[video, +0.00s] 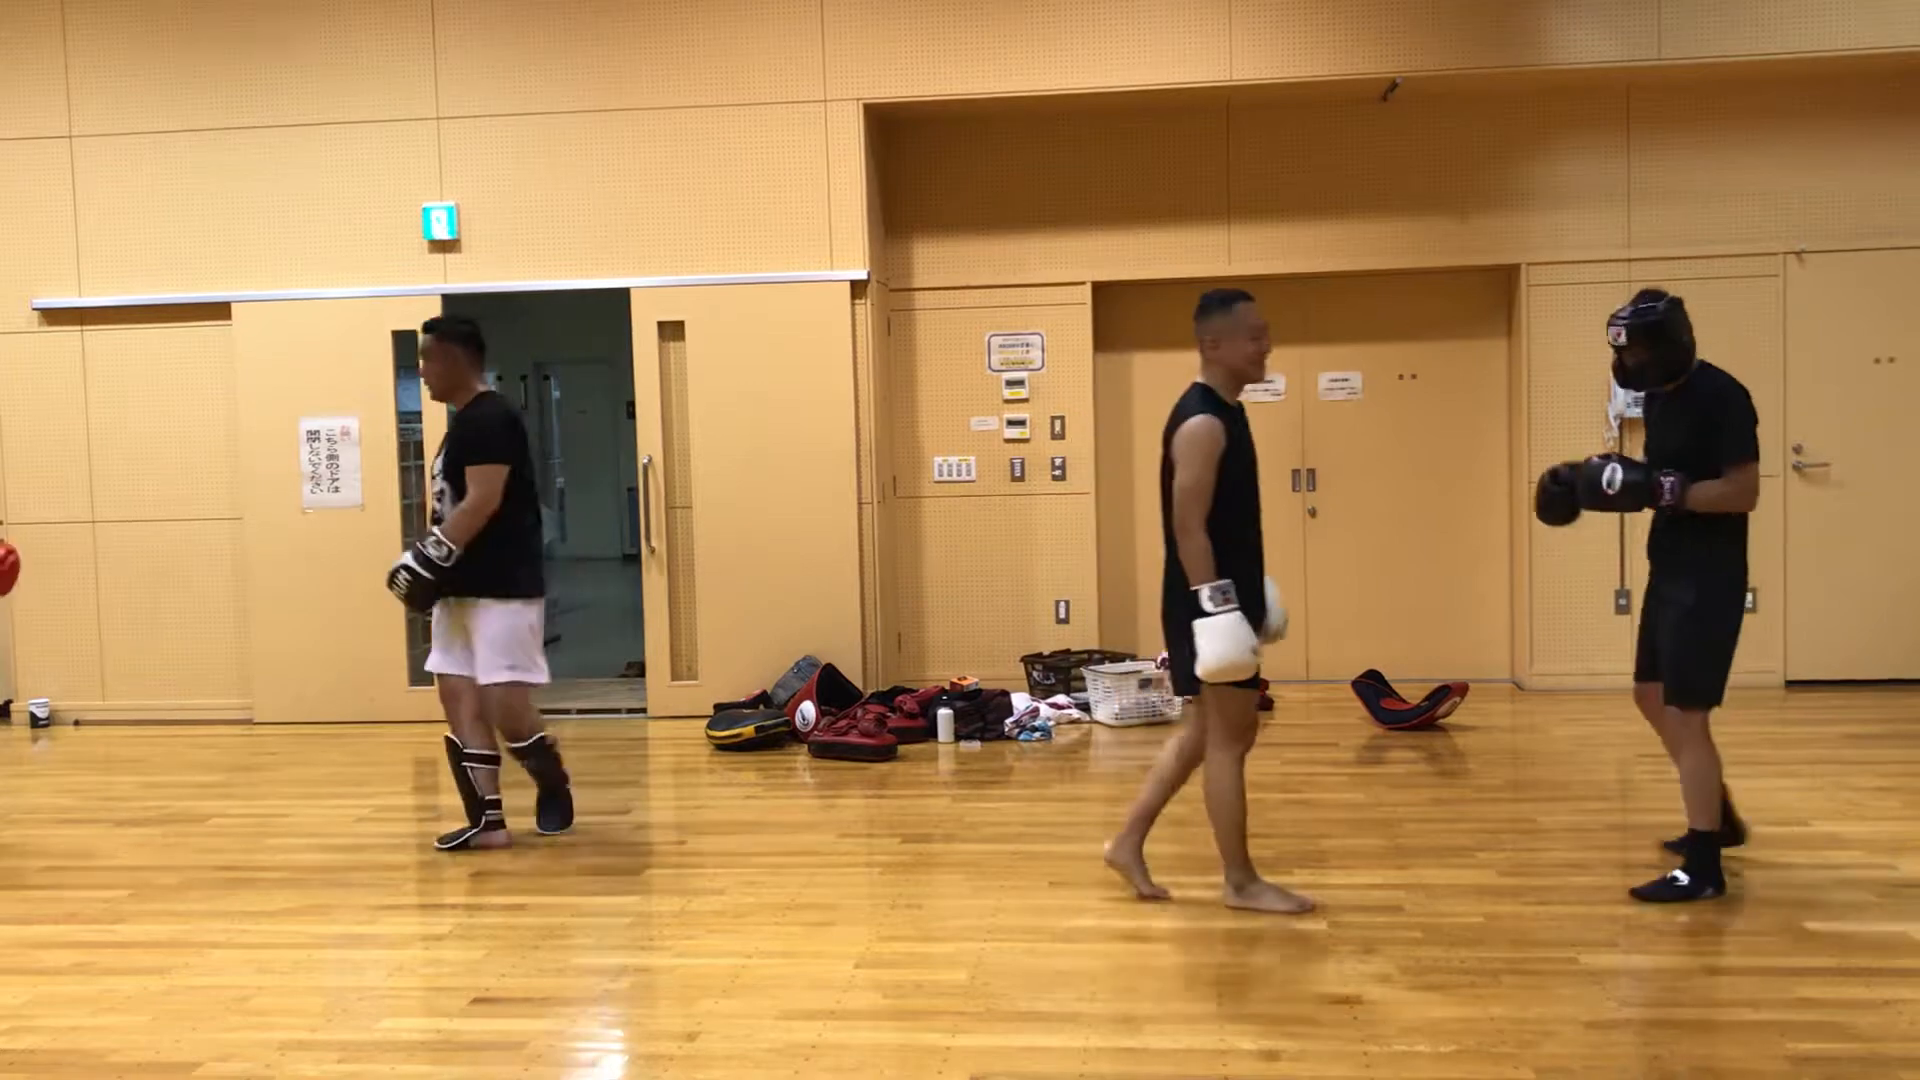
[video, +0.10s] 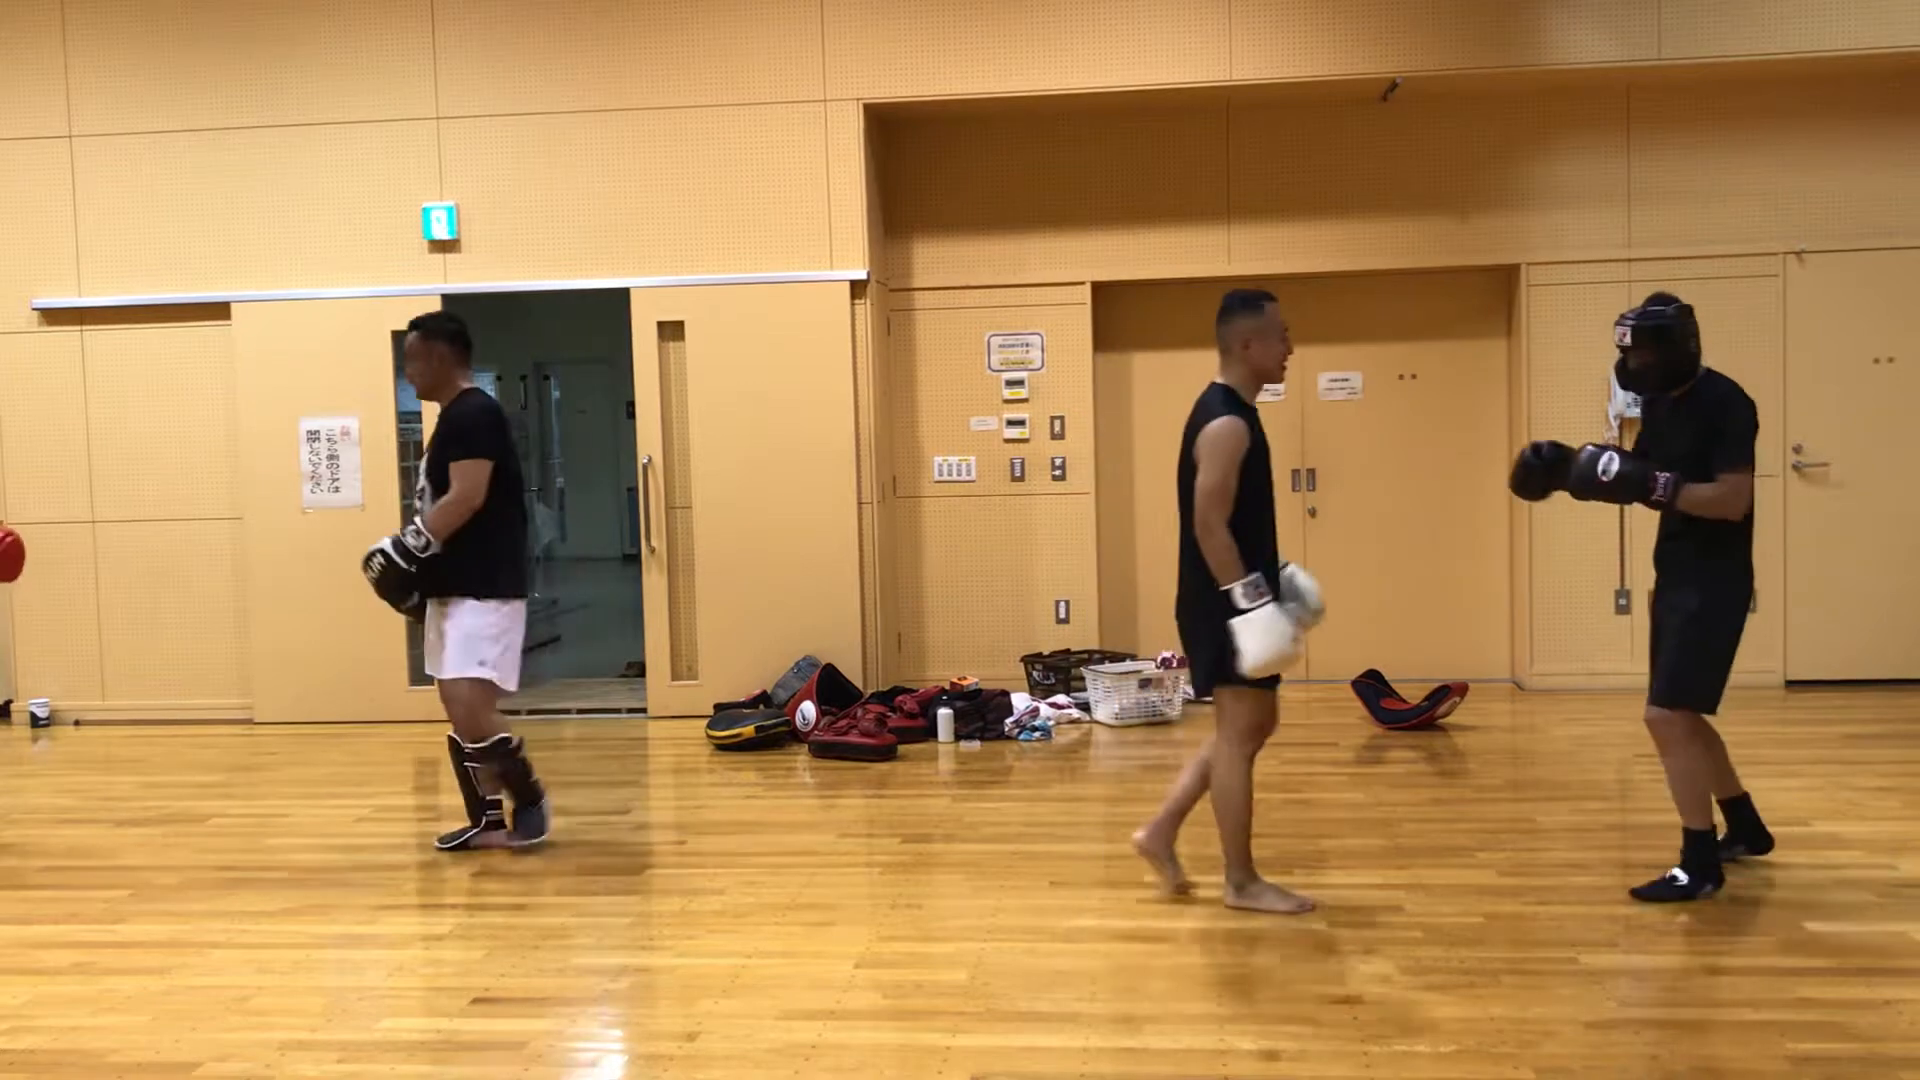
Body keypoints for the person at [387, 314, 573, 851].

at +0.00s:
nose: (422, 370)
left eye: (429, 359)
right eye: (422, 360)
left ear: (463, 360)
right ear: (454, 362)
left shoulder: (490, 418)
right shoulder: (462, 422)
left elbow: (483, 499)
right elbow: (454, 504)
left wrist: (430, 559)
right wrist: (423, 556)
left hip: (504, 585)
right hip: (459, 585)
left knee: (505, 703)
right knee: (458, 695)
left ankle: (551, 780)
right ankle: (486, 819)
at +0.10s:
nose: (407, 371)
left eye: (412, 359)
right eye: (406, 360)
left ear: (443, 356)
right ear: (441, 357)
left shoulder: (473, 412)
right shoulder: (454, 415)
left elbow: (468, 494)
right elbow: (447, 498)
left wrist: (407, 547)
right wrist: (408, 555)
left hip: (485, 584)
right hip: (455, 584)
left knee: (468, 698)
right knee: (455, 698)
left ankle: (528, 800)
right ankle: (487, 819)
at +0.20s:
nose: (396, 373)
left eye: (401, 361)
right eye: (395, 362)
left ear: (430, 358)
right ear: (433, 358)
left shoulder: (460, 413)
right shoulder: (448, 414)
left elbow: (455, 493)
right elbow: (448, 501)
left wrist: (389, 536)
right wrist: (402, 556)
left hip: (474, 586)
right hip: (464, 585)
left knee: (447, 698)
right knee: (471, 704)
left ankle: (492, 828)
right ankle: (490, 820)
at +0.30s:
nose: (375, 401)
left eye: (375, 388)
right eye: (370, 391)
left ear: (402, 369)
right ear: (397, 372)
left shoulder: (440, 414)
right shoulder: (425, 417)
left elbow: (432, 496)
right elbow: (423, 500)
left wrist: (367, 523)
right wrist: (372, 531)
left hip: (447, 593)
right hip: (451, 591)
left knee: (431, 710)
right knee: (472, 705)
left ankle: (421, 852)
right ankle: (490, 822)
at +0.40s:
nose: (356, 412)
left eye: (354, 398)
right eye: (351, 401)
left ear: (376, 379)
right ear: (383, 376)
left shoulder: (418, 423)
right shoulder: (430, 418)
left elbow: (400, 508)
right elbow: (406, 507)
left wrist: (335, 521)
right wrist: (346, 512)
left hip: (424, 603)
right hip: (448, 598)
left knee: (402, 719)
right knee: (463, 708)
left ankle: (398, 861)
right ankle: (489, 822)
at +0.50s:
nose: (330, 380)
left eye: (331, 367)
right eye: (327, 369)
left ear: (355, 360)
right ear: (381, 357)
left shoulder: (378, 425)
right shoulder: (416, 419)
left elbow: (349, 517)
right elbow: (389, 515)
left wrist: (292, 537)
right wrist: (315, 528)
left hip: (389, 606)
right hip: (417, 601)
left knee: (381, 723)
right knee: (410, 714)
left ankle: (396, 863)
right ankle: (470, 816)